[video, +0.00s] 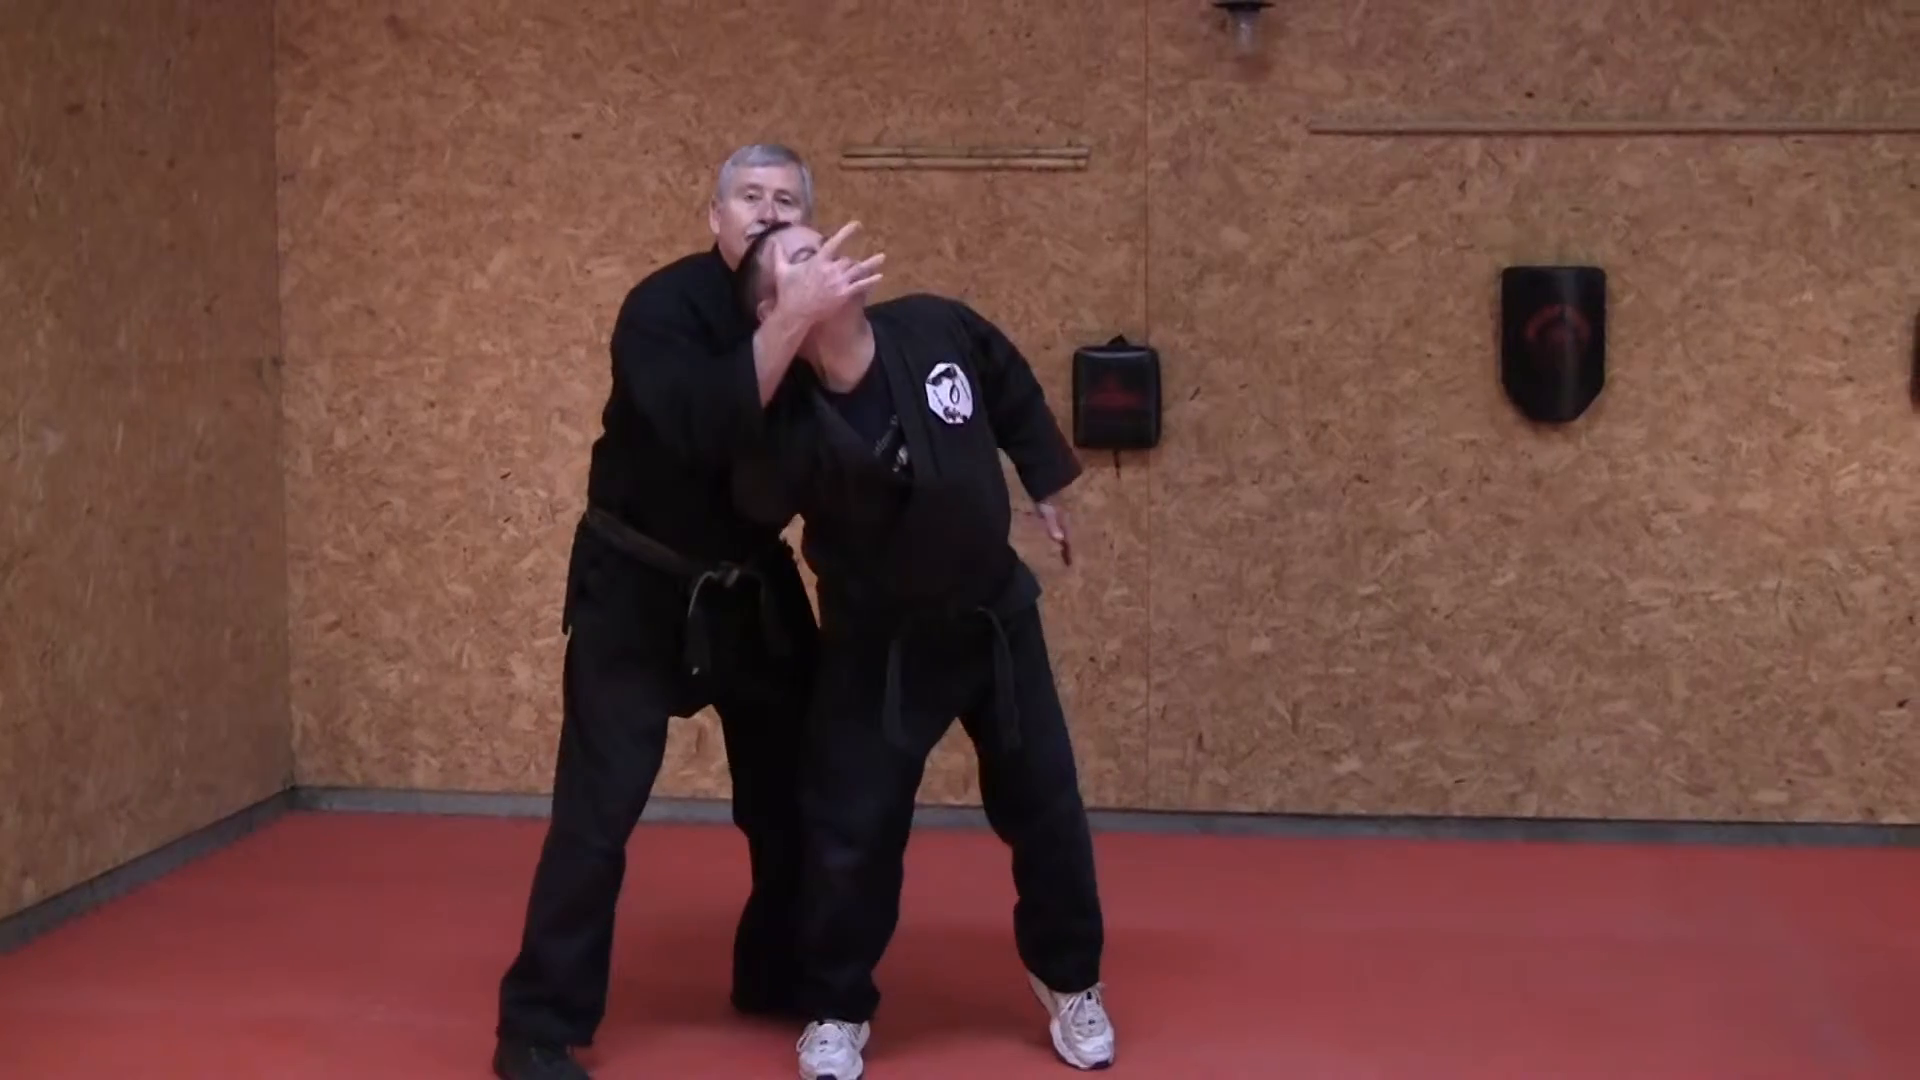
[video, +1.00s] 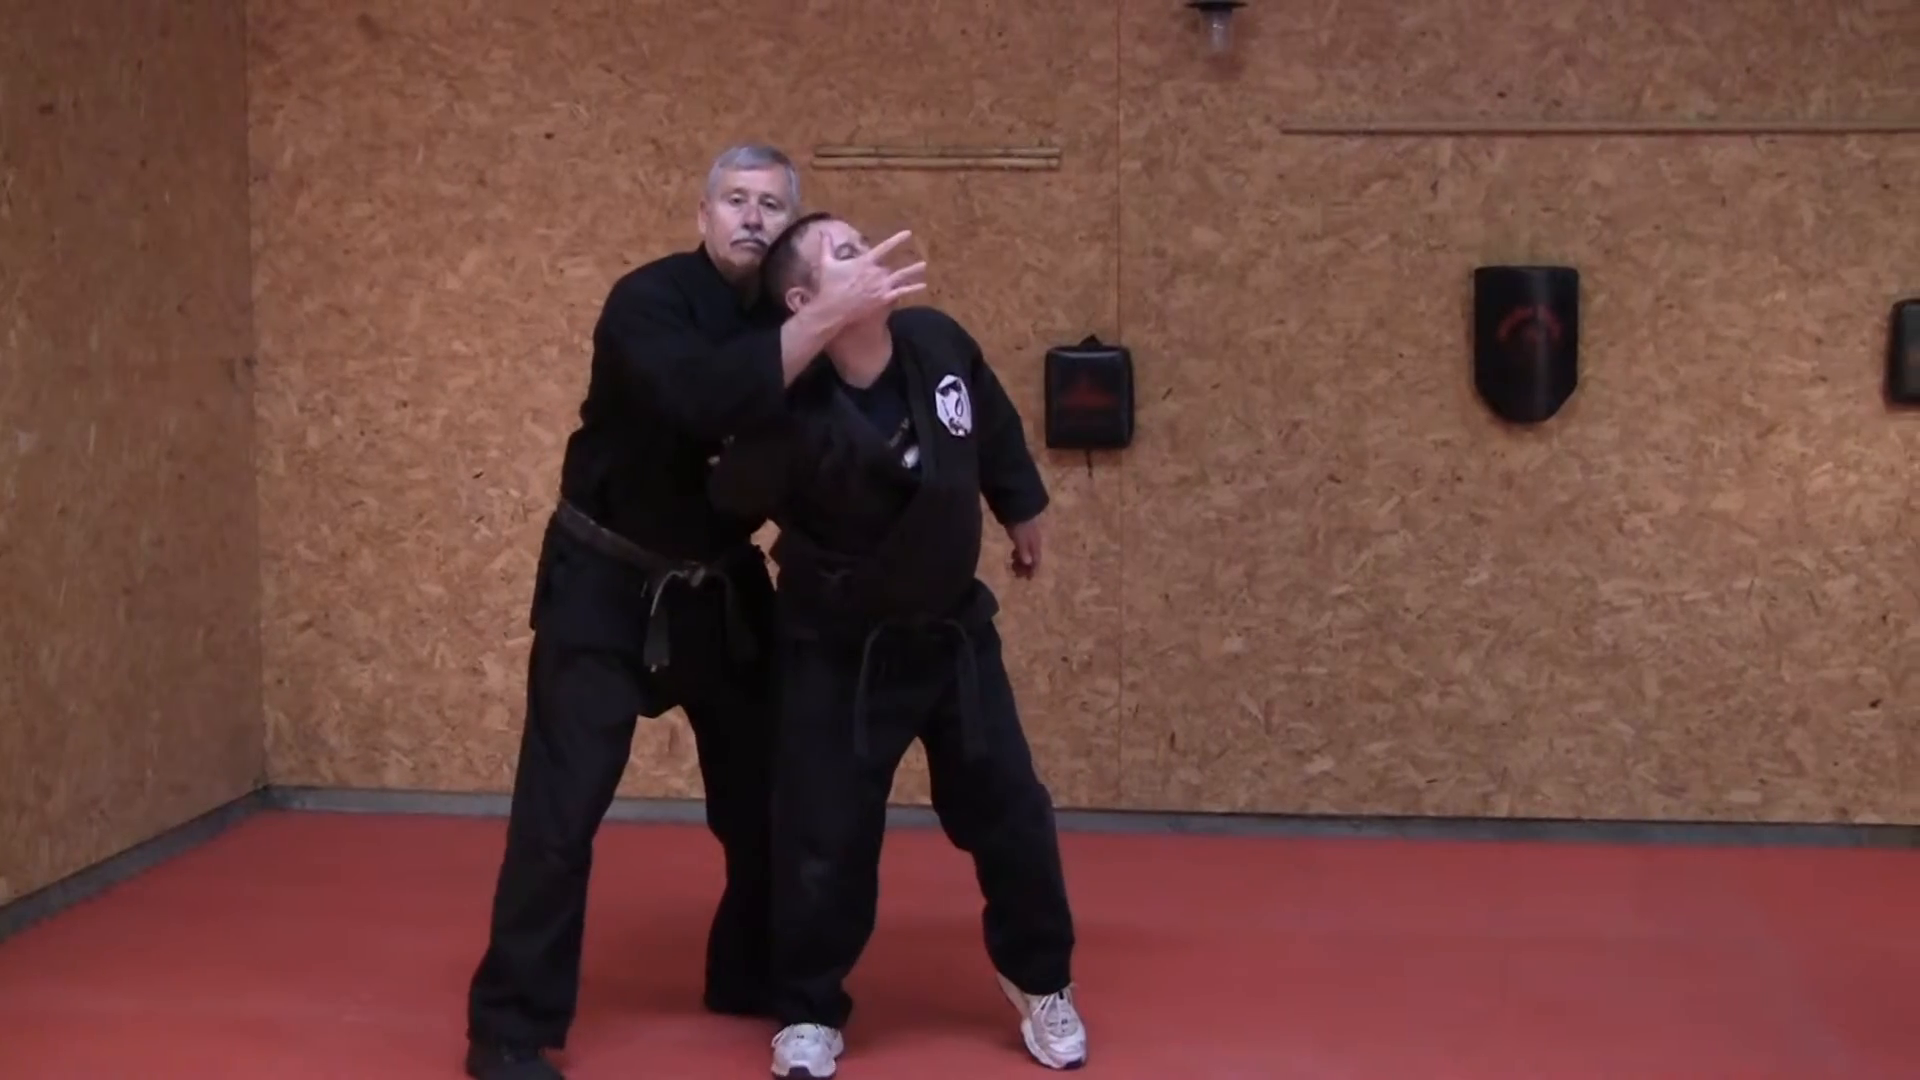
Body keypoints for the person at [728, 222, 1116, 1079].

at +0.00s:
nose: (824, 260)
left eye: (820, 247)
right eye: (795, 261)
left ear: (847, 265)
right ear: (778, 317)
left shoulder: (939, 331)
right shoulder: (789, 425)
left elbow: (1012, 391)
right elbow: (757, 511)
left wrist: (1045, 485)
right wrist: (781, 340)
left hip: (992, 616)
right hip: (876, 636)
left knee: (1045, 804)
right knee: (853, 826)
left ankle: (1070, 981)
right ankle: (838, 1011)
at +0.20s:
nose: (844, 252)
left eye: (834, 242)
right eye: (815, 255)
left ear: (862, 270)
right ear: (787, 313)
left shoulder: (933, 339)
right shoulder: (790, 417)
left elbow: (1005, 412)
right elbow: (746, 508)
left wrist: (1053, 491)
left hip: (974, 624)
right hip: (857, 641)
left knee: (1034, 807)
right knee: (845, 830)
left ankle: (1062, 981)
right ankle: (832, 1012)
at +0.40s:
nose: (853, 251)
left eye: (845, 239)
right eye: (824, 252)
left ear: (870, 266)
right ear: (795, 309)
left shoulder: (936, 339)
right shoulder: (797, 413)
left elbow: (1000, 420)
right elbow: (739, 506)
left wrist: (1040, 502)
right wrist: (779, 417)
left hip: (962, 627)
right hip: (847, 643)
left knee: (1022, 808)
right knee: (836, 829)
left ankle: (1054, 980)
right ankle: (824, 1011)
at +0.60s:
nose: (867, 246)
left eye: (859, 235)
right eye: (839, 244)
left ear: (882, 265)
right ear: (812, 300)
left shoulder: (939, 340)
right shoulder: (801, 411)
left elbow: (998, 425)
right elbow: (733, 505)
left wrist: (1029, 509)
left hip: (957, 626)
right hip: (841, 638)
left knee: (1015, 807)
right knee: (829, 825)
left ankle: (1047, 980)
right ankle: (817, 1006)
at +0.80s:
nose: (868, 252)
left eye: (862, 240)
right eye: (841, 249)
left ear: (881, 265)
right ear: (808, 302)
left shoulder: (936, 341)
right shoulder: (795, 412)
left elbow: (994, 427)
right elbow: (731, 506)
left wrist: (1022, 510)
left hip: (951, 628)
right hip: (835, 640)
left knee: (1009, 809)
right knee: (823, 827)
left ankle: (1040, 981)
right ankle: (810, 1007)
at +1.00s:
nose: (868, 255)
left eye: (862, 243)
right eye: (841, 252)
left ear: (882, 267)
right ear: (808, 306)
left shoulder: (935, 342)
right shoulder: (791, 416)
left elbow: (993, 426)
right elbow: (729, 511)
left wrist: (1023, 511)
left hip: (951, 629)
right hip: (834, 640)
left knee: (1010, 808)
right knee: (822, 829)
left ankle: (1041, 981)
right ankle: (810, 1012)